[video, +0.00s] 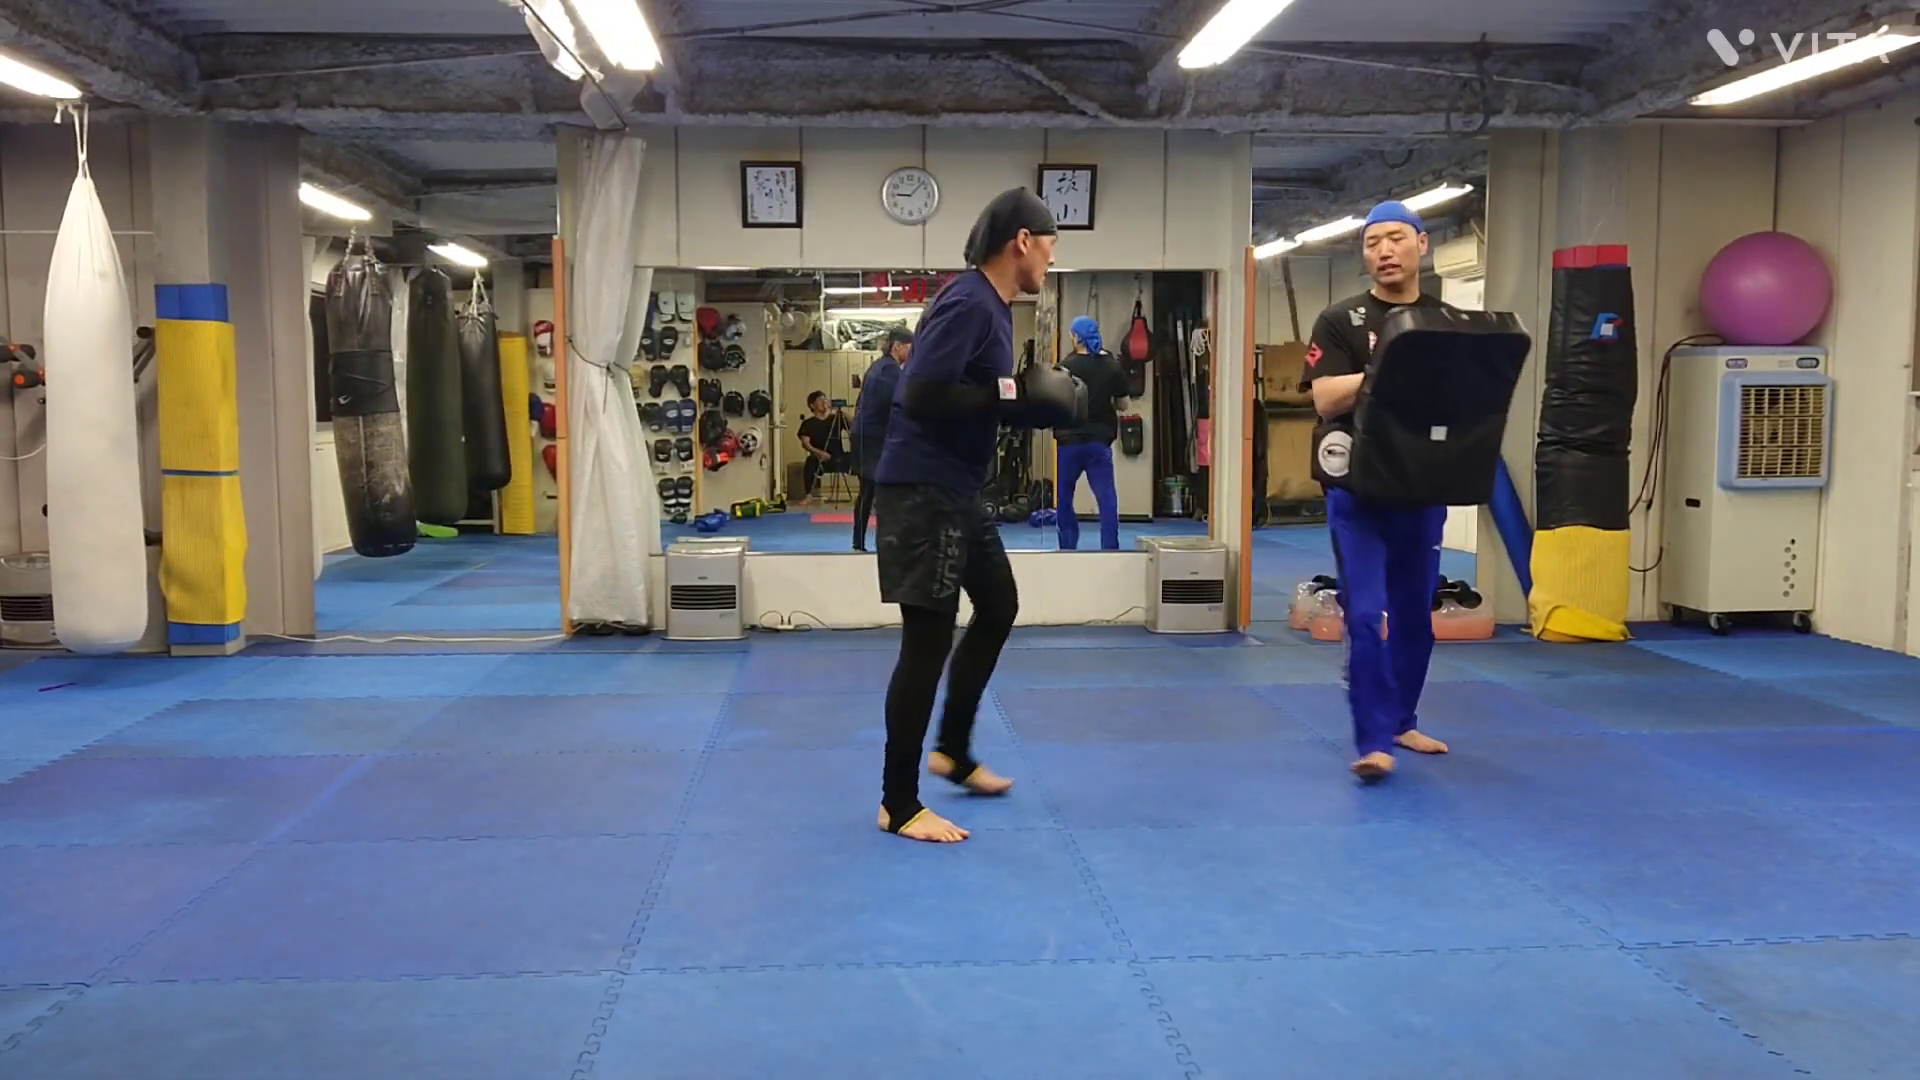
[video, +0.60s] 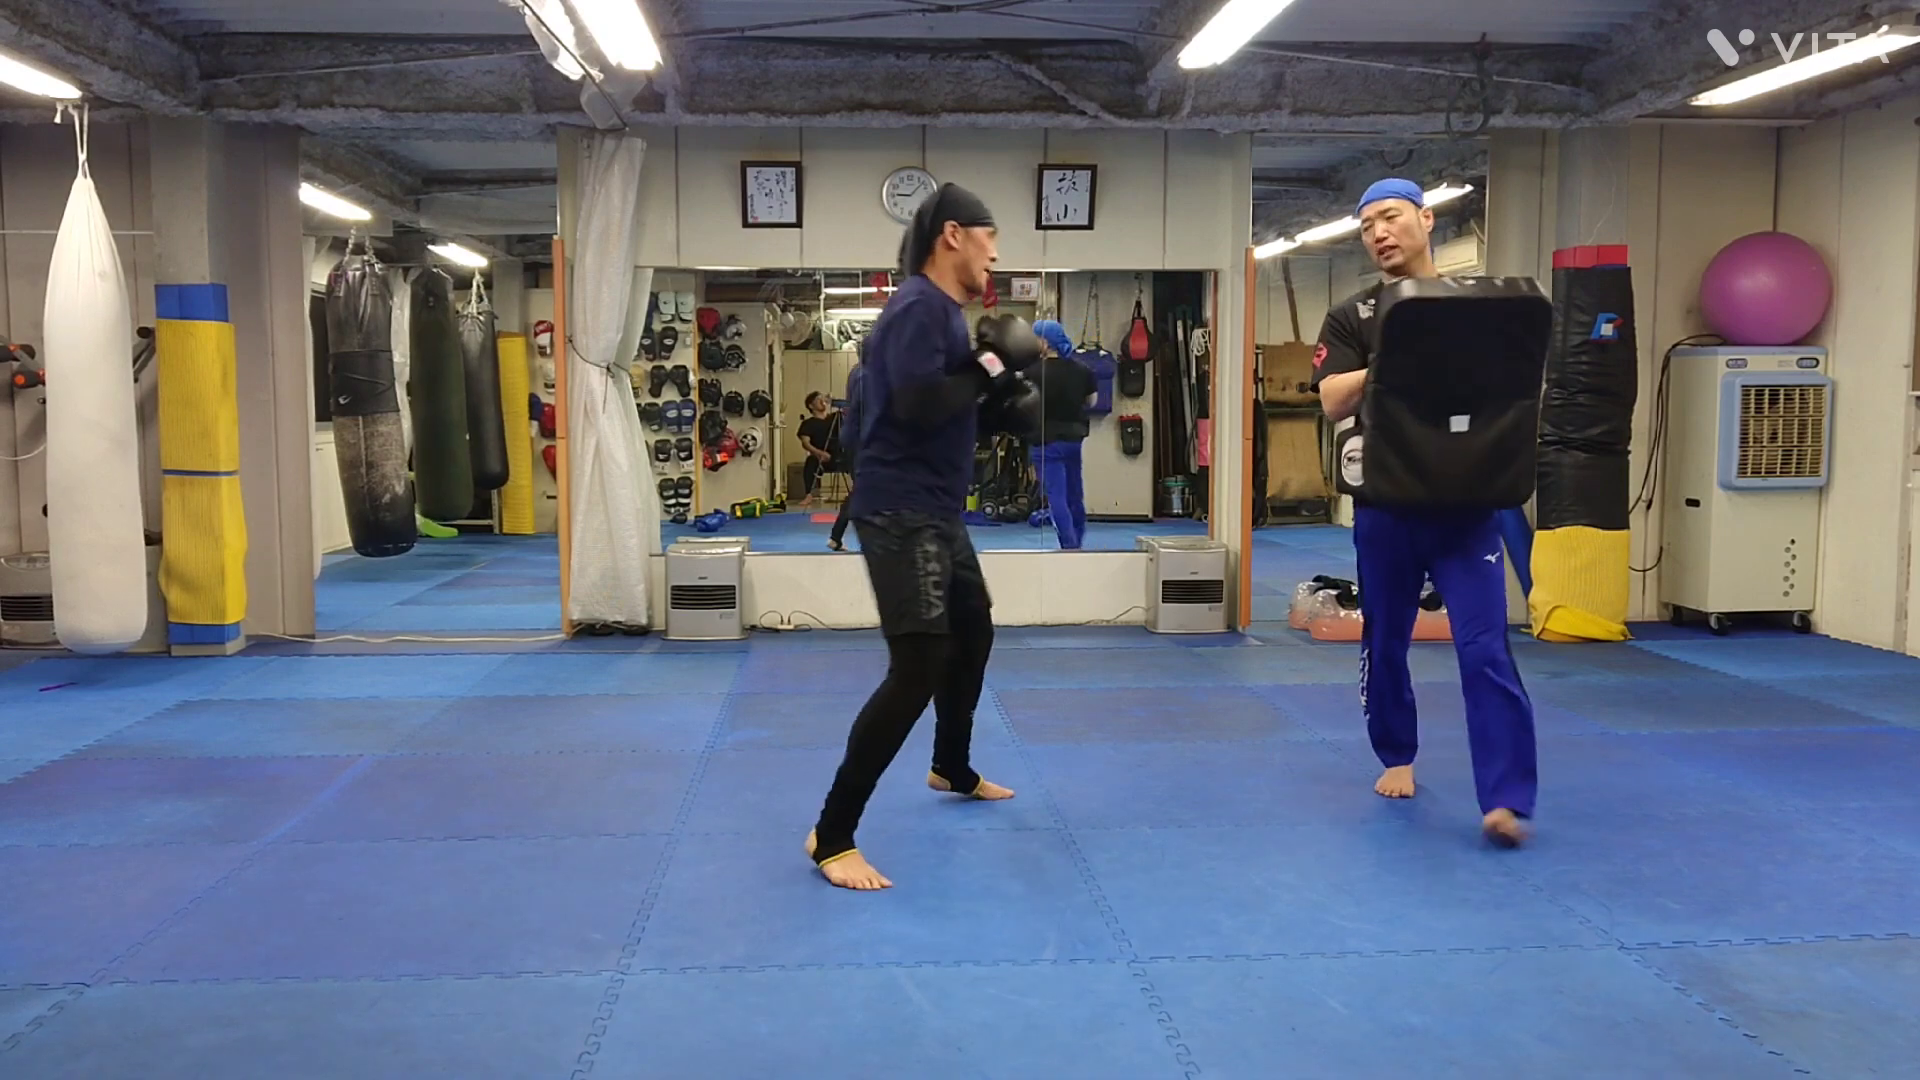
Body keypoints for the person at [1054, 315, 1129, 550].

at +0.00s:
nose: (1070, 339)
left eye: (1072, 336)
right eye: (1071, 335)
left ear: (1076, 338)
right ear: (1095, 336)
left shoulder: (1065, 367)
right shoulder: (1111, 365)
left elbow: (1055, 401)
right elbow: (1123, 404)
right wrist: (1106, 396)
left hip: (1070, 442)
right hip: (1100, 441)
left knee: (1064, 495)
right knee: (1107, 496)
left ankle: (1067, 546)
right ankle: (1110, 548)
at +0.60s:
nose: (1035, 344)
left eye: (1037, 339)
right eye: (1036, 339)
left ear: (1045, 342)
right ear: (1060, 341)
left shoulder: (1033, 371)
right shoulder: (1079, 369)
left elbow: (1025, 401)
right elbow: (1092, 400)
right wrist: (1070, 403)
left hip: (1045, 438)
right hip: (1073, 436)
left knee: (1056, 493)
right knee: (1074, 487)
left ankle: (1068, 542)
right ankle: (1077, 535)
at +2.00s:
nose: (976, 353)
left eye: (982, 348)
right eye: (974, 348)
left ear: (993, 351)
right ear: (971, 351)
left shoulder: (1005, 379)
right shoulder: (964, 377)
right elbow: (954, 407)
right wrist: (985, 406)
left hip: (997, 445)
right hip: (969, 444)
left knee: (1002, 492)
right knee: (951, 486)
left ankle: (1002, 533)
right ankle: (948, 532)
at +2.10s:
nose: (976, 357)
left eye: (980, 352)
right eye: (972, 352)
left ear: (991, 356)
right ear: (968, 356)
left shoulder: (1000, 382)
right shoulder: (962, 380)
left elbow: (1011, 413)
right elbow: (953, 411)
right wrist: (981, 406)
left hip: (996, 447)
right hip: (969, 445)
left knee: (1004, 494)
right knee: (952, 491)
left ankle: (1002, 535)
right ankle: (925, 535)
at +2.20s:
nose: (971, 360)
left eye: (976, 356)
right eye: (969, 355)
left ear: (987, 359)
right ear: (965, 358)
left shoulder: (995, 384)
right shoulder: (957, 383)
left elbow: (1006, 411)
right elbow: (950, 411)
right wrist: (975, 404)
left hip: (992, 450)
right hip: (964, 449)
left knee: (1004, 496)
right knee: (947, 495)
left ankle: (1002, 535)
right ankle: (922, 536)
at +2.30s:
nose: (970, 361)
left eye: (975, 356)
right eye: (967, 356)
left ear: (985, 360)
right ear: (963, 359)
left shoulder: (992, 384)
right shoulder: (953, 384)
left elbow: (1002, 410)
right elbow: (948, 411)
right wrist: (973, 403)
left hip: (990, 449)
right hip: (962, 448)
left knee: (1003, 496)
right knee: (947, 494)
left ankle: (1002, 535)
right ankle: (923, 537)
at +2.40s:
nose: (968, 361)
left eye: (973, 357)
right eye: (965, 356)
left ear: (984, 359)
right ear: (962, 359)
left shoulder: (993, 382)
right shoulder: (954, 382)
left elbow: (1001, 411)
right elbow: (945, 409)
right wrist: (970, 401)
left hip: (988, 448)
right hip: (961, 447)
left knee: (1001, 495)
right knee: (947, 494)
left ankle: (1002, 535)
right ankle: (923, 537)